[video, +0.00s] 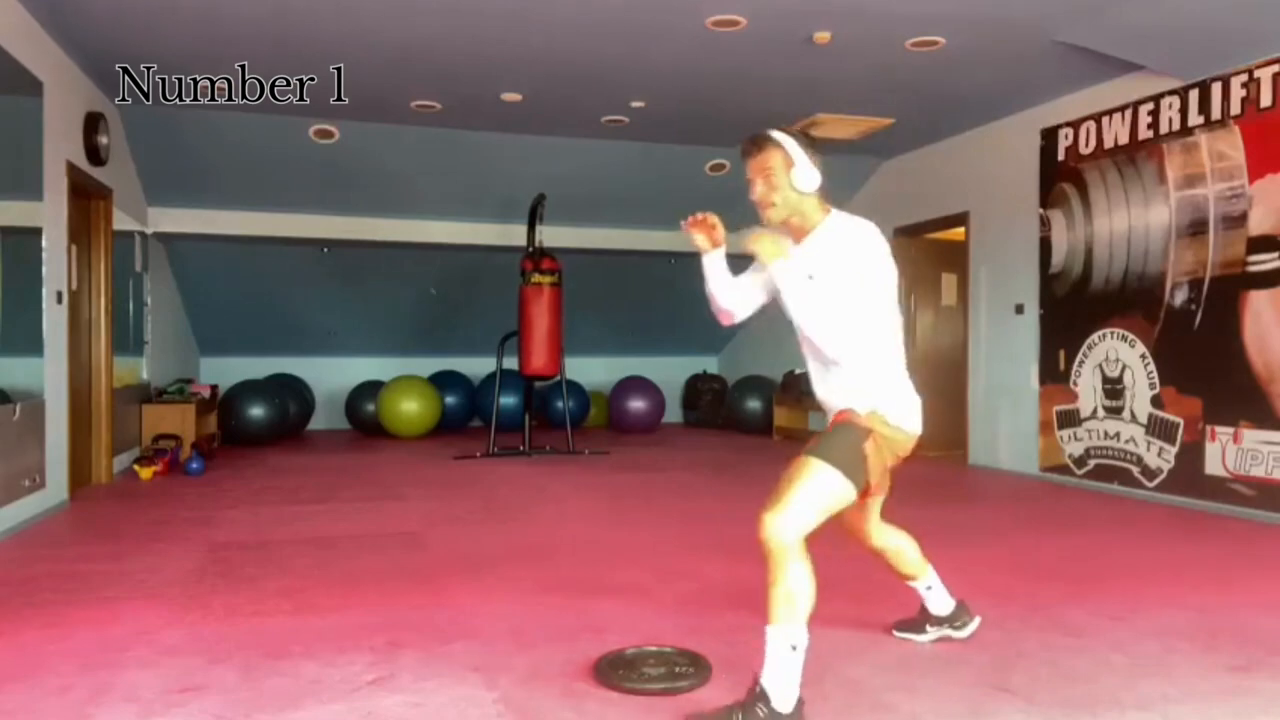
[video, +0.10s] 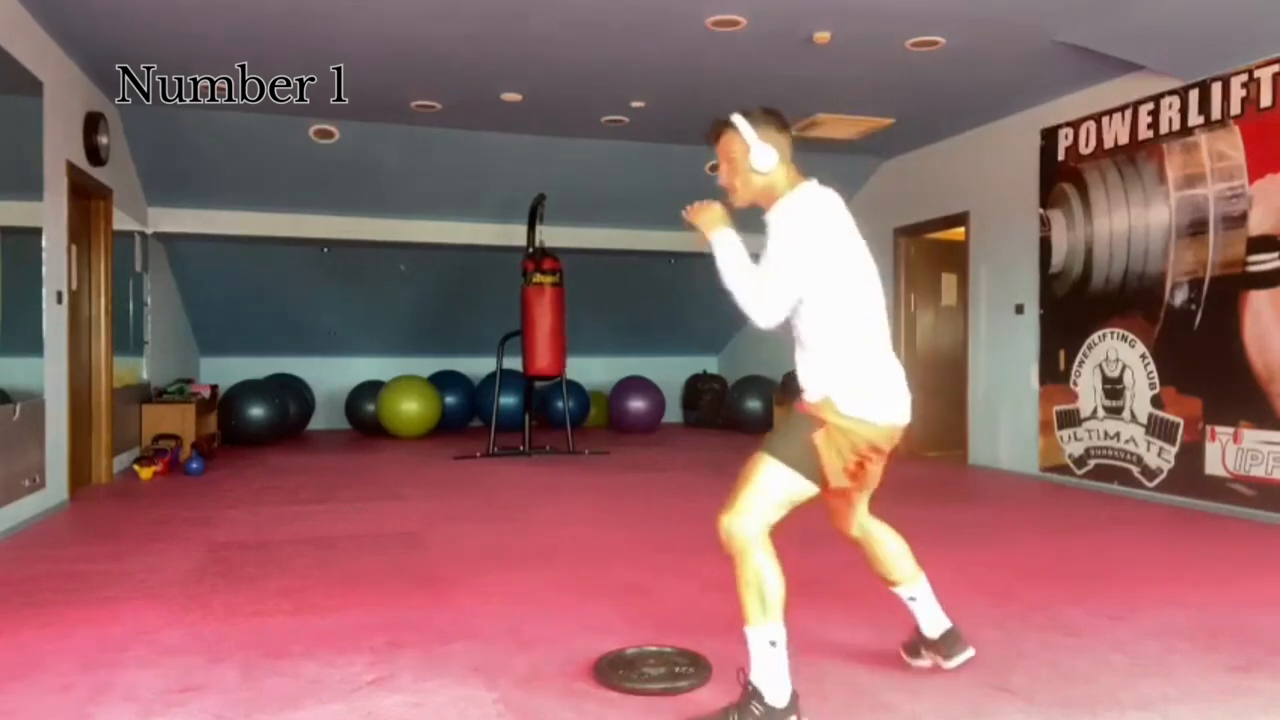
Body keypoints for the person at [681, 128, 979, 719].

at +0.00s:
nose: (756, 195)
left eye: (766, 180)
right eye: (752, 184)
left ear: (799, 178)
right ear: (757, 189)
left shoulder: (859, 238)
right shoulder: (787, 249)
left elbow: (849, 337)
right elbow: (732, 309)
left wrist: (782, 262)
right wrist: (713, 254)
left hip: (882, 412)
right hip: (847, 411)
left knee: (781, 526)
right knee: (867, 525)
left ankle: (778, 696)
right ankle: (947, 611)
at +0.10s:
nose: (720, 176)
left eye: (724, 163)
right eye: (719, 165)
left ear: (755, 158)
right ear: (772, 158)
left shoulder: (796, 215)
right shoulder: (822, 203)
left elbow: (766, 306)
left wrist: (720, 235)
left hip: (840, 405)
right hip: (882, 404)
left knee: (742, 524)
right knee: (854, 517)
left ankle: (771, 693)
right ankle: (941, 633)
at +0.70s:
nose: (685, 151)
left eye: (685, 143)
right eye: (687, 141)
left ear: (614, 134)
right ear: (677, 133)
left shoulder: (568, 181)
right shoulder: (675, 173)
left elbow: (547, 271)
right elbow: (705, 283)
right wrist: (682, 193)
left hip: (532, 393)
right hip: (609, 389)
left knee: (590, 530)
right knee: (707, 536)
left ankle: (559, 694)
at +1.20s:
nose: (499, 162)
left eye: (499, 147)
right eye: (494, 145)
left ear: (446, 133)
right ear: (456, 135)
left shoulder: (409, 201)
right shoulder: (384, 179)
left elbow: (425, 319)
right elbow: (439, 305)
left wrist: (490, 250)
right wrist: (490, 210)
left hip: (366, 420)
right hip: (301, 426)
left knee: (476, 531)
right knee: (269, 611)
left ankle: (474, 699)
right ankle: (82, 702)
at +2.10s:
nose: (263, 81)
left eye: (269, 69)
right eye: (257, 64)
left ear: (236, 57)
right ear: (214, 47)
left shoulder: (216, 133)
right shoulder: (114, 105)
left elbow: (242, 245)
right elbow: (166, 223)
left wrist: (294, 189)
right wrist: (245, 140)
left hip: (194, 340)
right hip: (107, 350)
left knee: (268, 481)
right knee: (78, 523)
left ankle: (244, 620)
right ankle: (20, 691)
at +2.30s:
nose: (323, 152)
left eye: (325, 138)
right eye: (313, 137)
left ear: (274, 140)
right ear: (266, 135)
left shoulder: (277, 228)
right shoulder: (185, 196)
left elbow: (278, 326)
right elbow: (239, 305)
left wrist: (335, 274)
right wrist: (310, 228)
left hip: (247, 410)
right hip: (164, 420)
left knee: (346, 520)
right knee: (106, 581)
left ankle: (392, 635)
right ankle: (16, 703)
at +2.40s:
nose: (366, 147)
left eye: (367, 134)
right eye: (354, 132)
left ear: (338, 143)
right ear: (310, 136)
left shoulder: (338, 226)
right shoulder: (239, 204)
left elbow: (357, 321)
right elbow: (272, 291)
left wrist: (401, 261)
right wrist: (357, 230)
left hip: (320, 413)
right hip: (237, 419)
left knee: (393, 527)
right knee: (154, 558)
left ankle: (400, 646)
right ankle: (31, 696)